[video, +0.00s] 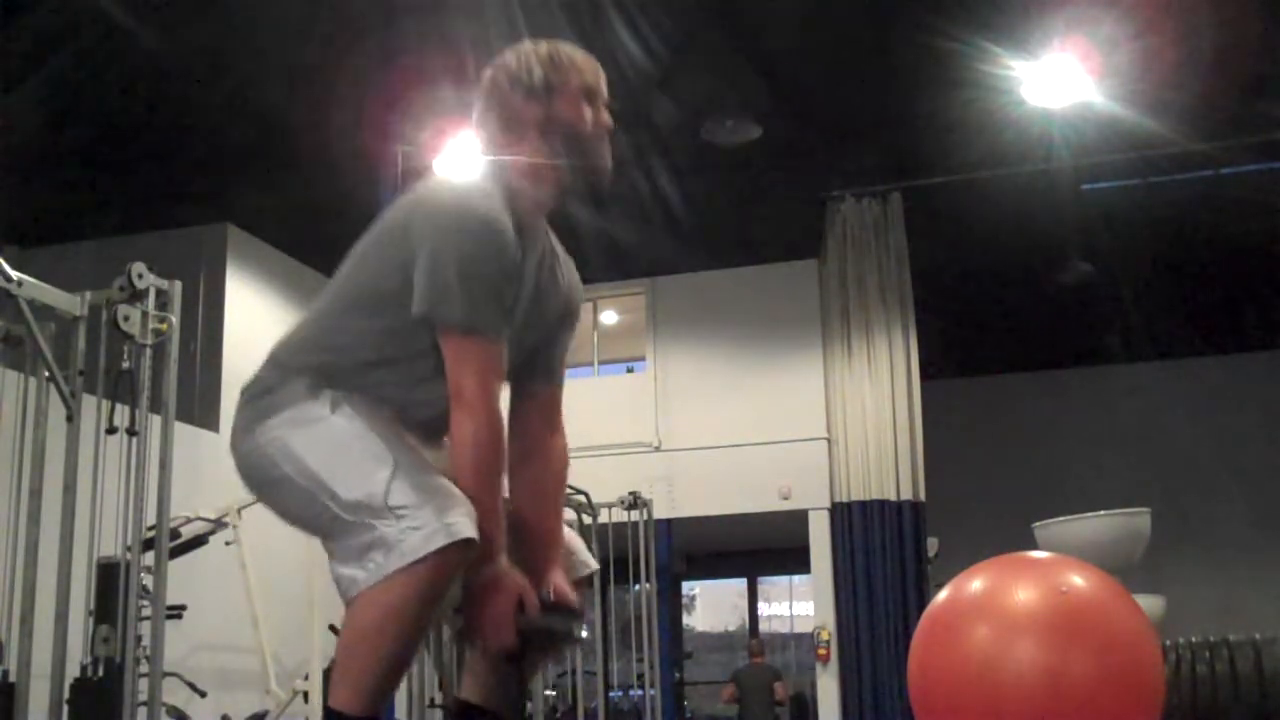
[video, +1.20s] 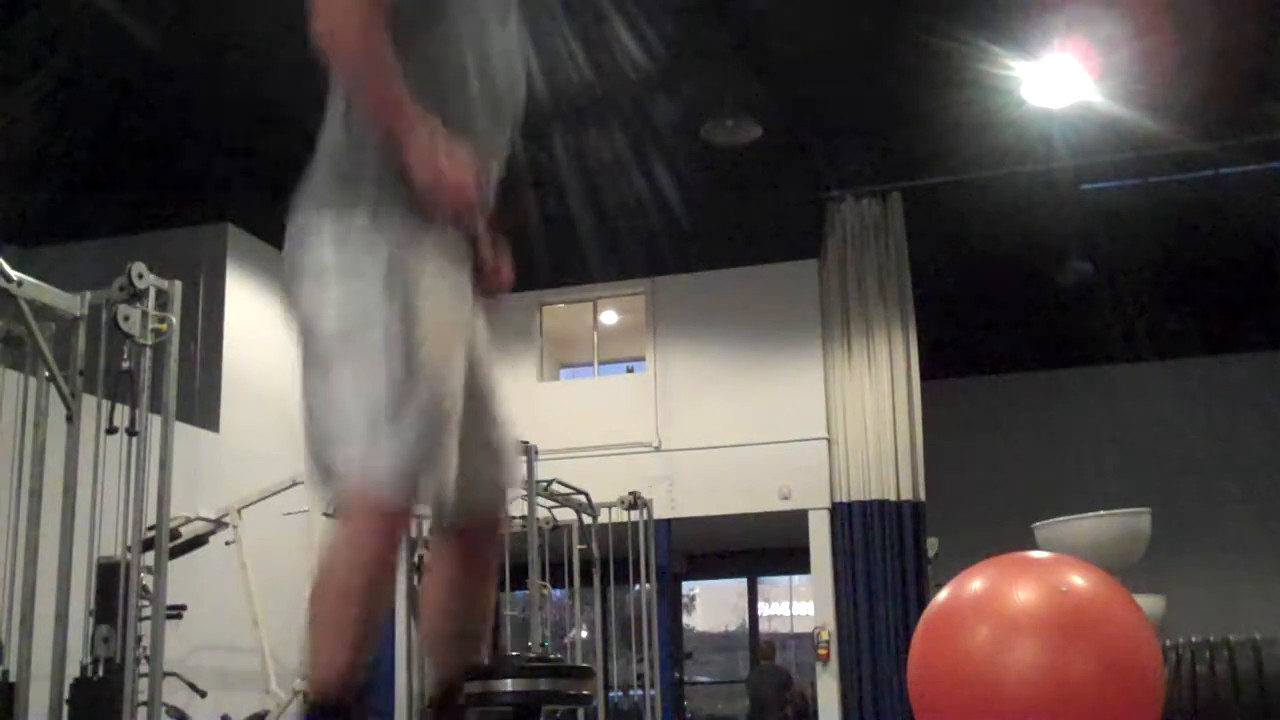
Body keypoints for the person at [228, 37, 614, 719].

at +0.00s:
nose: (610, 118)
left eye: (605, 103)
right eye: (592, 100)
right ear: (533, 114)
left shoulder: (558, 280)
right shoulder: (469, 214)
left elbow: (542, 429)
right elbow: (474, 406)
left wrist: (545, 565)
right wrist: (491, 564)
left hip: (396, 429)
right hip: (299, 407)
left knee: (559, 563)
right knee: (432, 533)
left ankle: (477, 705)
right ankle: (345, 710)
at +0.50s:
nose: (607, 124)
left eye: (611, 106)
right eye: (587, 105)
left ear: (619, 123)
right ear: (531, 117)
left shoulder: (582, 263)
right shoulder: (499, 213)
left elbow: (568, 425)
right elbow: (491, 391)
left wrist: (584, 542)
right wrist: (526, 543)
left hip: (409, 426)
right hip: (321, 404)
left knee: (546, 564)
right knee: (455, 545)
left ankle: (358, 683)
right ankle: (362, 706)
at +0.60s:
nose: (593, 30)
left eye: (594, 15)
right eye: (577, 9)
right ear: (528, 15)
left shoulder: (577, 149)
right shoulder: (484, 91)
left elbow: (594, 280)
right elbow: (445, 213)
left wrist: (590, 356)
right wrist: (512, 330)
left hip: (430, 371)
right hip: (346, 346)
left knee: (544, 570)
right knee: (442, 540)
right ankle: (358, 705)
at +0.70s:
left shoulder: (544, 21)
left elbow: (554, 113)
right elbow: (389, 12)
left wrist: (555, 151)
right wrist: (470, 126)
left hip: (470, 250)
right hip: (390, 232)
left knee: (463, 498)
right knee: (382, 476)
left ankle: (472, 695)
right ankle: (357, 695)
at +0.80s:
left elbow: (481, 45)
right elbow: (368, 8)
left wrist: (525, 81)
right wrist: (432, 81)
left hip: (477, 143)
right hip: (396, 124)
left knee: (507, 380)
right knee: (407, 341)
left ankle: (427, 591)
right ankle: (347, 589)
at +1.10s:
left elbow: (465, 53)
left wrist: (475, 142)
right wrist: (411, 37)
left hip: (435, 126)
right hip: (358, 104)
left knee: (486, 359)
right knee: (395, 338)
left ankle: (472, 626)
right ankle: (360, 641)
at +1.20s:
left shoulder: (497, 18)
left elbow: (461, 114)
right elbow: (340, 21)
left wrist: (478, 224)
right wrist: (417, 135)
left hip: (440, 240)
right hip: (366, 222)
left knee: (476, 501)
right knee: (379, 490)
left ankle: (454, 706)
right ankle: (328, 706)